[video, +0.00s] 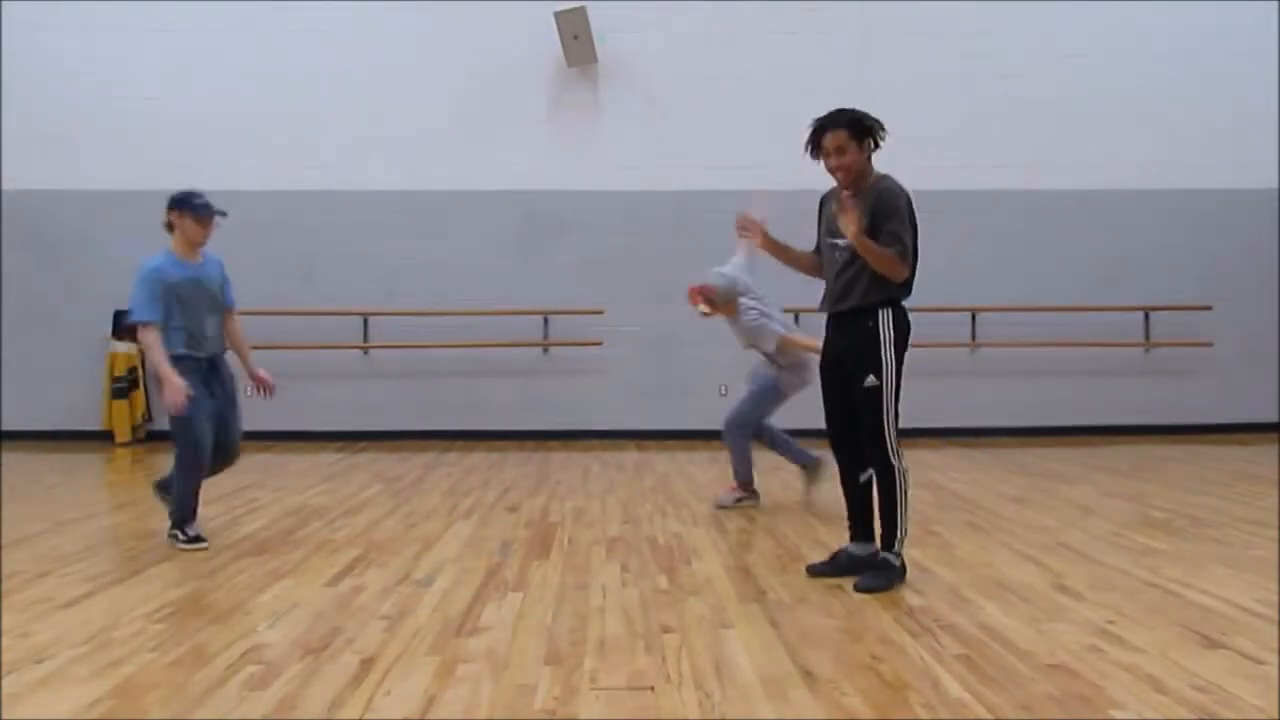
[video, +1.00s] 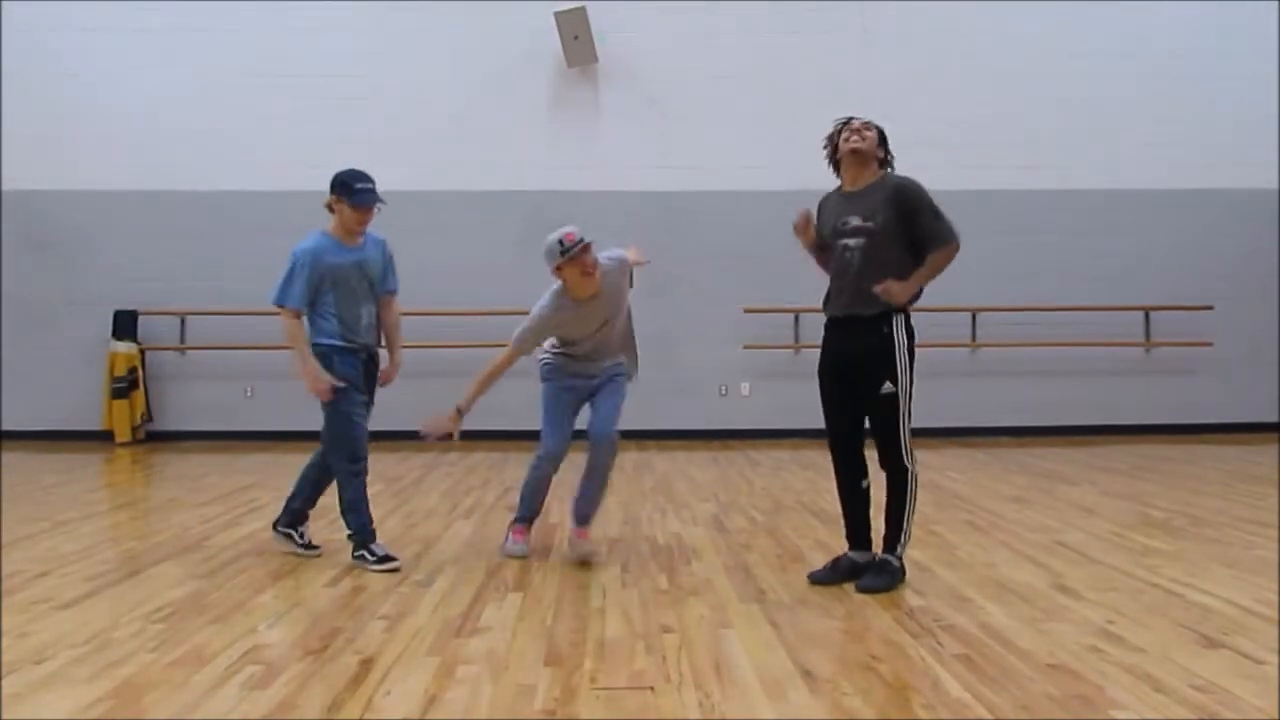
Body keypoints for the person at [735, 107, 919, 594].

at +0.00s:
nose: (834, 163)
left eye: (842, 151)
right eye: (826, 156)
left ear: (867, 147)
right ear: (821, 158)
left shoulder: (890, 196)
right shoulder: (831, 202)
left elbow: (900, 271)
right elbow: (821, 266)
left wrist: (858, 234)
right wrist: (769, 243)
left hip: (879, 324)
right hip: (840, 326)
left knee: (880, 440)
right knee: (846, 441)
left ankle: (892, 554)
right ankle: (861, 545)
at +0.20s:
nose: (846, 150)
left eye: (853, 141)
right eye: (836, 145)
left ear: (870, 147)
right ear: (825, 159)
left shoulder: (900, 197)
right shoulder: (825, 212)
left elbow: (933, 258)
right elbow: (828, 281)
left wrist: (883, 274)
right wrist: (800, 265)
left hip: (885, 329)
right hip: (842, 331)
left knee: (880, 444)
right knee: (843, 443)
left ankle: (892, 556)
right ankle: (861, 548)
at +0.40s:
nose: (848, 139)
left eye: (852, 132)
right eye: (836, 137)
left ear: (866, 144)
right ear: (823, 158)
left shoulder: (904, 185)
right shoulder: (821, 214)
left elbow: (952, 218)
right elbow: (817, 284)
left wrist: (932, 244)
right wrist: (798, 236)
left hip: (892, 332)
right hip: (844, 335)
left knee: (896, 452)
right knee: (847, 449)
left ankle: (892, 557)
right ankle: (857, 549)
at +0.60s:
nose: (843, 136)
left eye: (849, 132)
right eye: (831, 135)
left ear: (865, 148)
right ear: (819, 158)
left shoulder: (900, 187)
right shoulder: (819, 218)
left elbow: (942, 234)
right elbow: (829, 287)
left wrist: (923, 263)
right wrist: (809, 280)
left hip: (895, 331)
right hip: (845, 335)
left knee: (897, 450)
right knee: (847, 449)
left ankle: (889, 555)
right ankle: (855, 551)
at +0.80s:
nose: (849, 128)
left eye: (859, 125)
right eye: (840, 126)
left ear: (875, 145)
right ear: (829, 148)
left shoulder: (896, 181)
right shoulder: (821, 201)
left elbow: (941, 234)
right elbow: (829, 251)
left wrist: (890, 220)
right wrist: (817, 269)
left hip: (891, 326)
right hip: (843, 328)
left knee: (898, 447)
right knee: (849, 445)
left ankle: (893, 556)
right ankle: (856, 550)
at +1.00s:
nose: (857, 132)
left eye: (867, 130)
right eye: (848, 129)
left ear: (882, 153)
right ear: (834, 152)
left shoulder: (900, 191)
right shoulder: (830, 203)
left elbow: (947, 244)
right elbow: (836, 267)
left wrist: (912, 283)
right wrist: (812, 243)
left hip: (886, 329)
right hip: (839, 331)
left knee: (892, 447)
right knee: (844, 446)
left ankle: (893, 557)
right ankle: (858, 551)